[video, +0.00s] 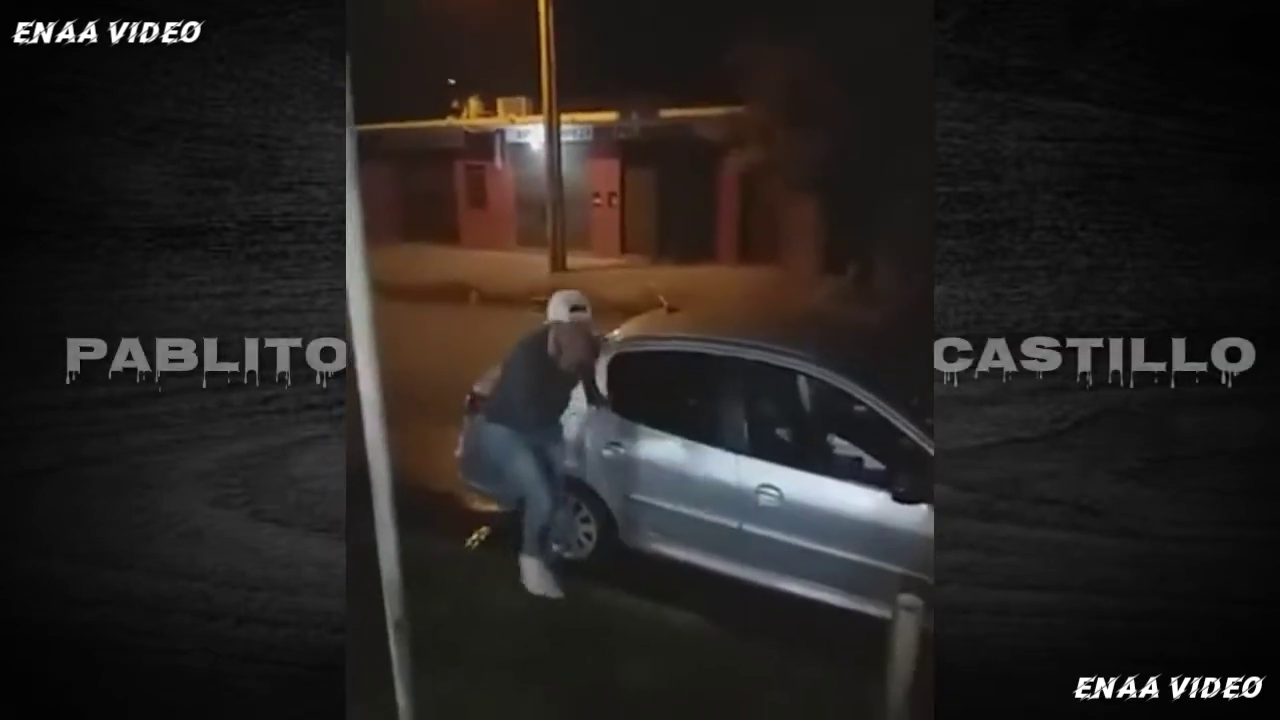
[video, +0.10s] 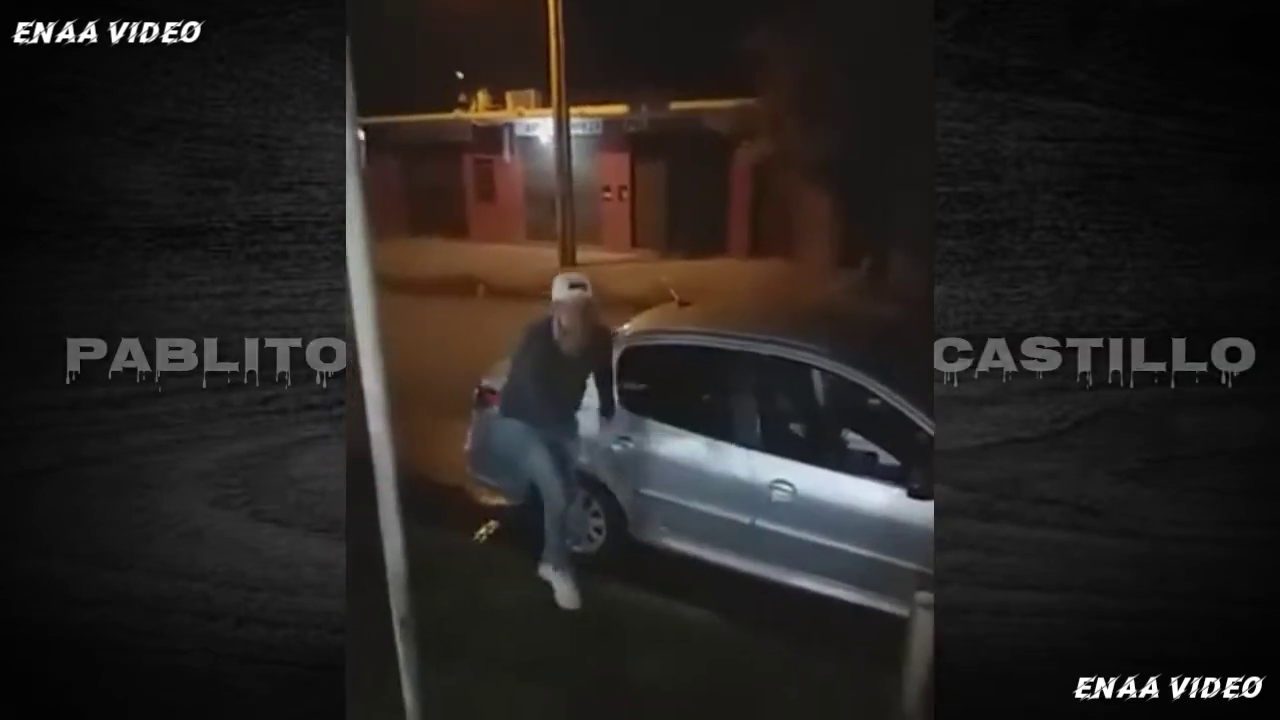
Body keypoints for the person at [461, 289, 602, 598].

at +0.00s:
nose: (580, 333)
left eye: (584, 325)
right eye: (572, 326)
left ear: (589, 324)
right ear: (555, 326)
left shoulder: (586, 347)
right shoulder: (530, 350)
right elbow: (521, 408)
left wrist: (596, 398)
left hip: (545, 428)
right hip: (503, 427)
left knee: (555, 492)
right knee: (538, 491)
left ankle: (544, 557)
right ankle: (531, 558)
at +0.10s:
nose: (574, 314)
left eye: (580, 307)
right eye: (567, 307)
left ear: (588, 308)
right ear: (555, 308)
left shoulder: (599, 338)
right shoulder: (538, 337)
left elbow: (604, 373)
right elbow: (522, 390)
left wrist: (607, 407)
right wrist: (556, 424)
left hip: (559, 427)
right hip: (516, 422)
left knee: (563, 492)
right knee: (548, 474)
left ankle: (552, 560)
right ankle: (557, 563)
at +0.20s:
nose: (551, 296)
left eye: (558, 288)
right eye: (545, 288)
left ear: (571, 291)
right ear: (536, 291)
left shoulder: (586, 328)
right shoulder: (518, 323)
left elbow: (595, 376)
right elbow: (510, 389)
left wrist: (594, 420)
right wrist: (543, 428)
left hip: (550, 418)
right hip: (506, 415)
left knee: (547, 484)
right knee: (541, 476)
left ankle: (537, 552)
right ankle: (560, 581)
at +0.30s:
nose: (552, 285)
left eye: (559, 277)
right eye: (545, 276)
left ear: (572, 279)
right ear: (536, 279)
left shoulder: (590, 317)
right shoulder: (520, 313)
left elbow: (607, 372)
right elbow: (512, 370)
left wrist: (601, 426)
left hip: (560, 412)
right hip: (516, 410)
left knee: (553, 484)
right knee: (549, 478)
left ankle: (540, 541)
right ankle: (574, 589)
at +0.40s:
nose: (548, 279)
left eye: (556, 269)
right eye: (540, 270)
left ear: (568, 272)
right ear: (528, 275)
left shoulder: (587, 310)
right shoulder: (515, 315)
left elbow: (612, 370)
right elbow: (516, 378)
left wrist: (606, 425)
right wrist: (537, 426)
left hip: (564, 414)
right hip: (520, 415)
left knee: (550, 479)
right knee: (563, 497)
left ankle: (540, 536)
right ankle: (578, 595)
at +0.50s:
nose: (530, 277)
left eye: (537, 267)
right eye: (522, 268)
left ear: (555, 269)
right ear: (512, 273)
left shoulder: (582, 309)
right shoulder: (500, 316)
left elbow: (608, 372)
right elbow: (499, 376)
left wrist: (607, 425)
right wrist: (508, 421)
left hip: (560, 419)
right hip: (513, 420)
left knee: (542, 483)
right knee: (564, 503)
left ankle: (531, 532)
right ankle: (570, 598)